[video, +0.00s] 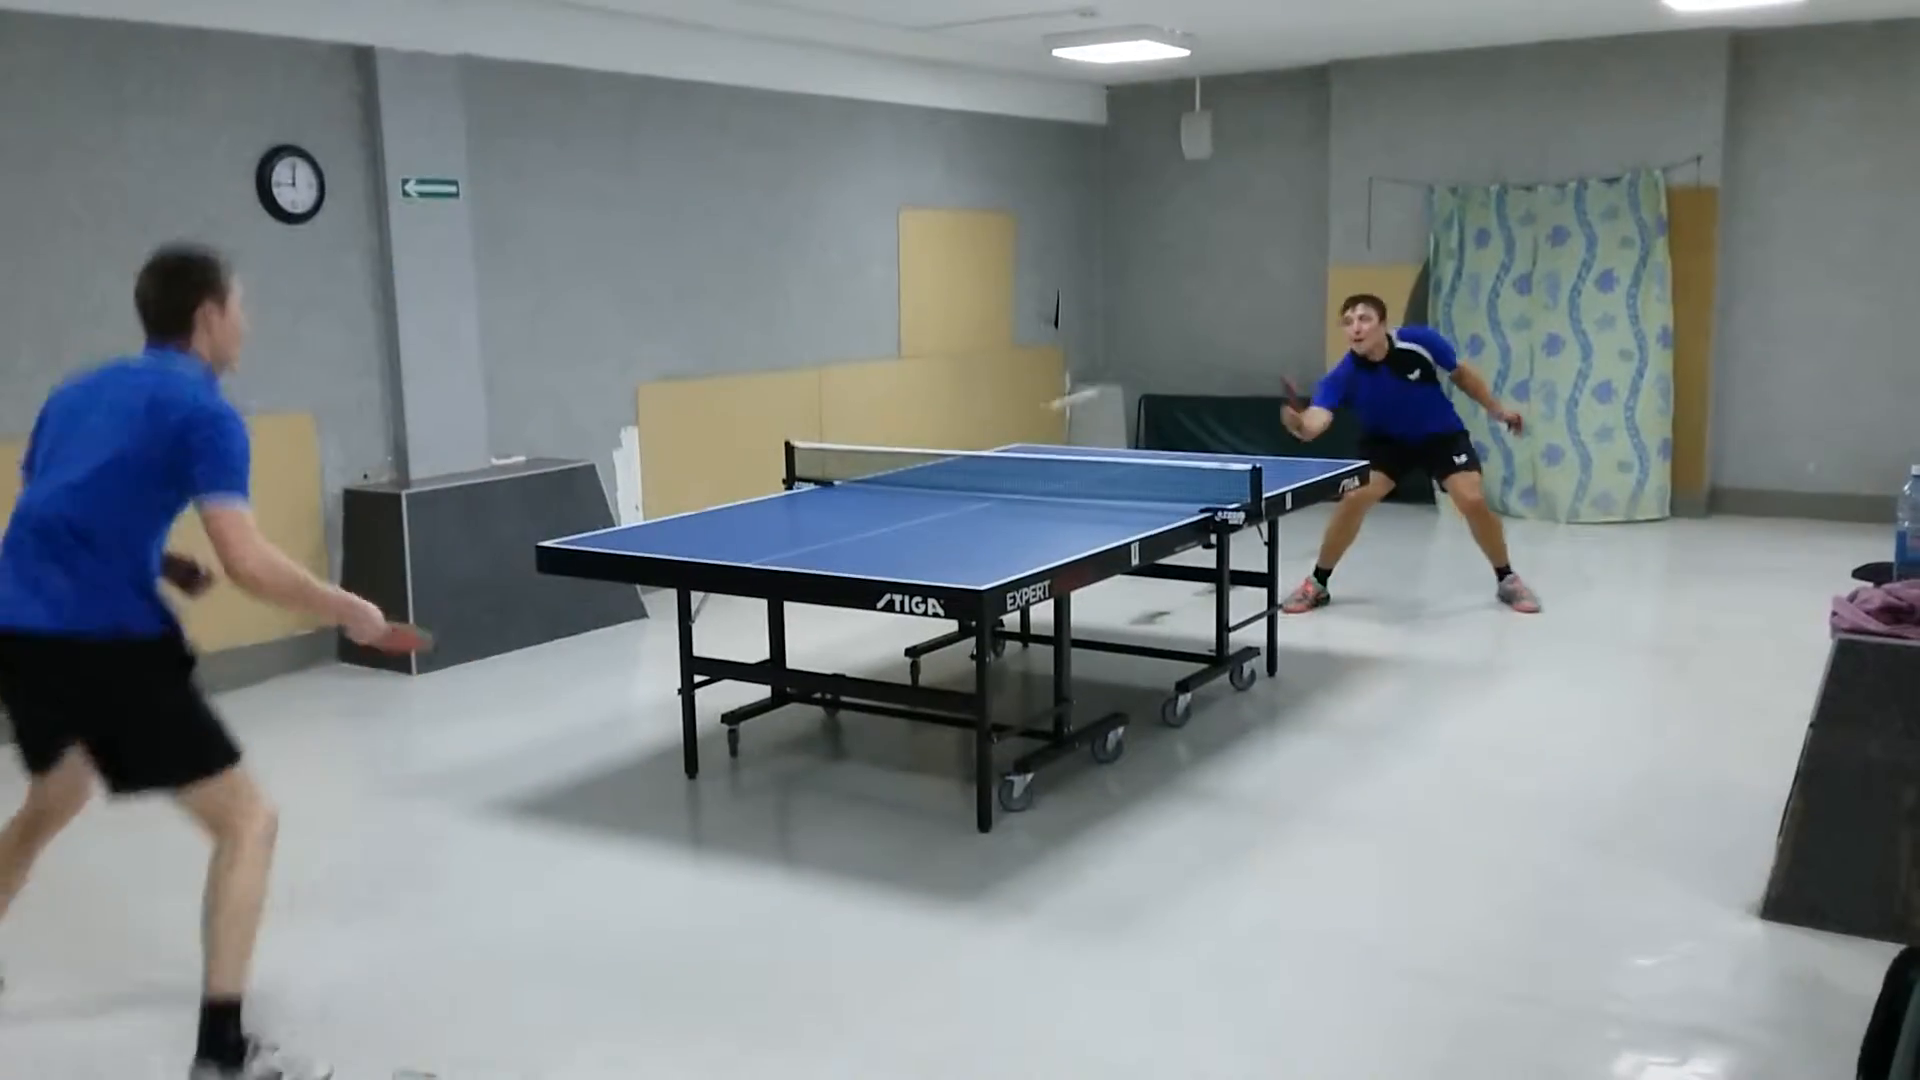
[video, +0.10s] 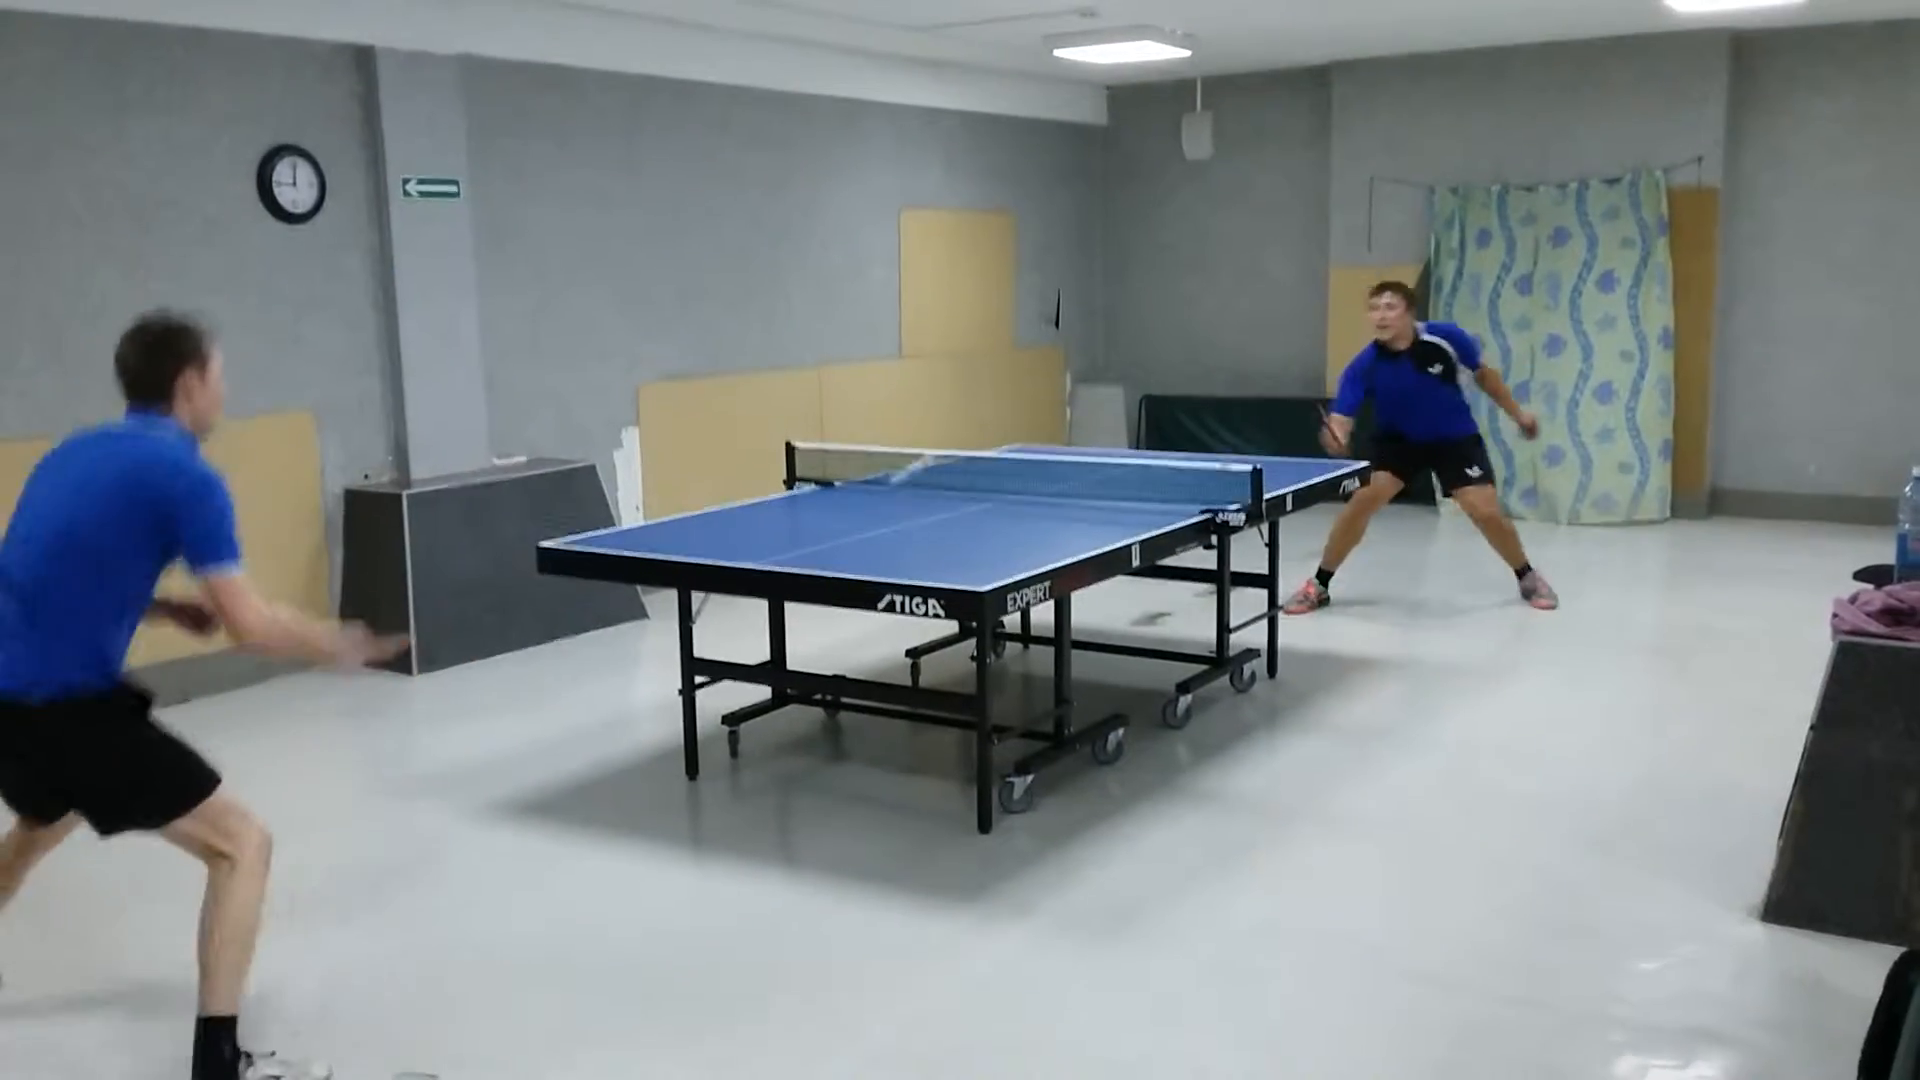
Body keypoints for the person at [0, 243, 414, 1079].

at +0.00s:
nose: (241, 324)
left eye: (236, 307)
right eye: (234, 308)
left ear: (156, 319)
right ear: (206, 316)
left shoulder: (76, 391)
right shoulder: (203, 408)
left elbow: (50, 509)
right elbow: (244, 560)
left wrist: (158, 559)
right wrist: (349, 609)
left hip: (20, 628)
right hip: (108, 638)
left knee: (60, 791)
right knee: (246, 820)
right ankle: (222, 1044)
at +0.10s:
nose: (221, 390)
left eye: (217, 374)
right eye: (215, 375)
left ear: (137, 386)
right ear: (188, 383)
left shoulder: (75, 452)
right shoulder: (183, 475)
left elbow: (62, 567)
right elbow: (251, 623)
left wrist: (166, 608)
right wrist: (343, 643)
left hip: (3, 700)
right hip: (70, 709)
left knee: (47, 818)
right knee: (241, 842)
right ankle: (219, 1058)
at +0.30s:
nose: (150, 423)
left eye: (146, 407)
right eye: (144, 408)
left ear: (69, 416)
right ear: (115, 413)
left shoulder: (12, 472)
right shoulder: (122, 493)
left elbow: (16, 575)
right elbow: (211, 626)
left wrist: (75, 632)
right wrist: (193, 704)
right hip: (30, 709)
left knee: (14, 807)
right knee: (179, 853)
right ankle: (212, 1061)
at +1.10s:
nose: (139, 278)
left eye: (134, 262)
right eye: (129, 263)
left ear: (64, 274)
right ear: (91, 271)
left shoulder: (9, 345)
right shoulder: (106, 363)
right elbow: (177, 514)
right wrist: (280, 573)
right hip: (60, 607)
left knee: (23, 747)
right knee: (158, 789)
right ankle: (136, 1014)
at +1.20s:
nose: (156, 301)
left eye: (152, 285)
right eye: (146, 285)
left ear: (83, 296)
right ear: (109, 292)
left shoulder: (16, 366)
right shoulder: (111, 384)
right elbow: (173, 541)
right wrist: (282, 584)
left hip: (8, 624)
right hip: (52, 632)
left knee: (21, 759)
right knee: (165, 797)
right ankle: (156, 1020)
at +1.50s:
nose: (122, 404)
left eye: (118, 388)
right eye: (115, 389)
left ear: (47, 396)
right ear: (86, 393)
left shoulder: (11, 454)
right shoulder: (98, 469)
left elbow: (19, 570)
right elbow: (146, 607)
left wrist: (76, 624)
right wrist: (119, 675)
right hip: (27, 682)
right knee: (153, 822)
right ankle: (149, 1032)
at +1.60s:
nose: (70, 374)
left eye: (67, 360)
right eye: (63, 360)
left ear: (21, 366)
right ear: (35, 365)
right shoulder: (52, 427)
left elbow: (162, 528)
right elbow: (162, 529)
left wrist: (128, 539)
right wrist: (124, 552)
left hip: (16, 640)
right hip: (13, 638)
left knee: (47, 812)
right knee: (46, 812)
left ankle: (121, 1008)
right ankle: (121, 1010)